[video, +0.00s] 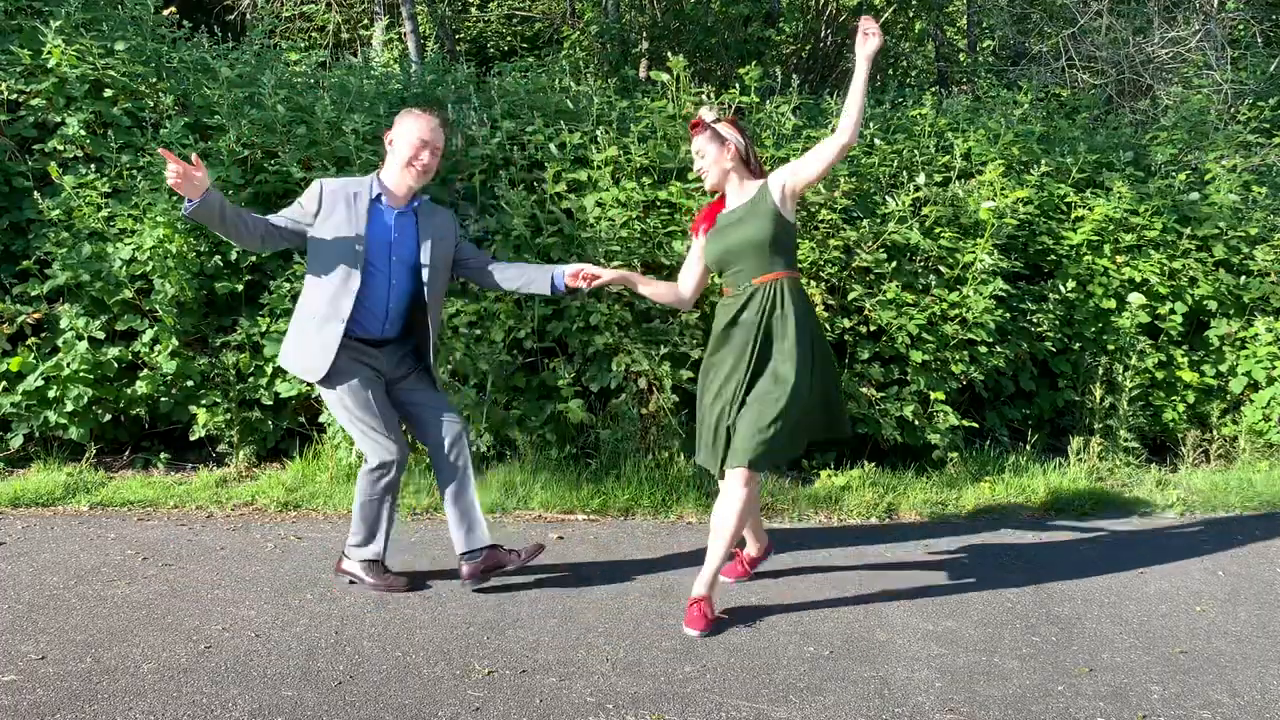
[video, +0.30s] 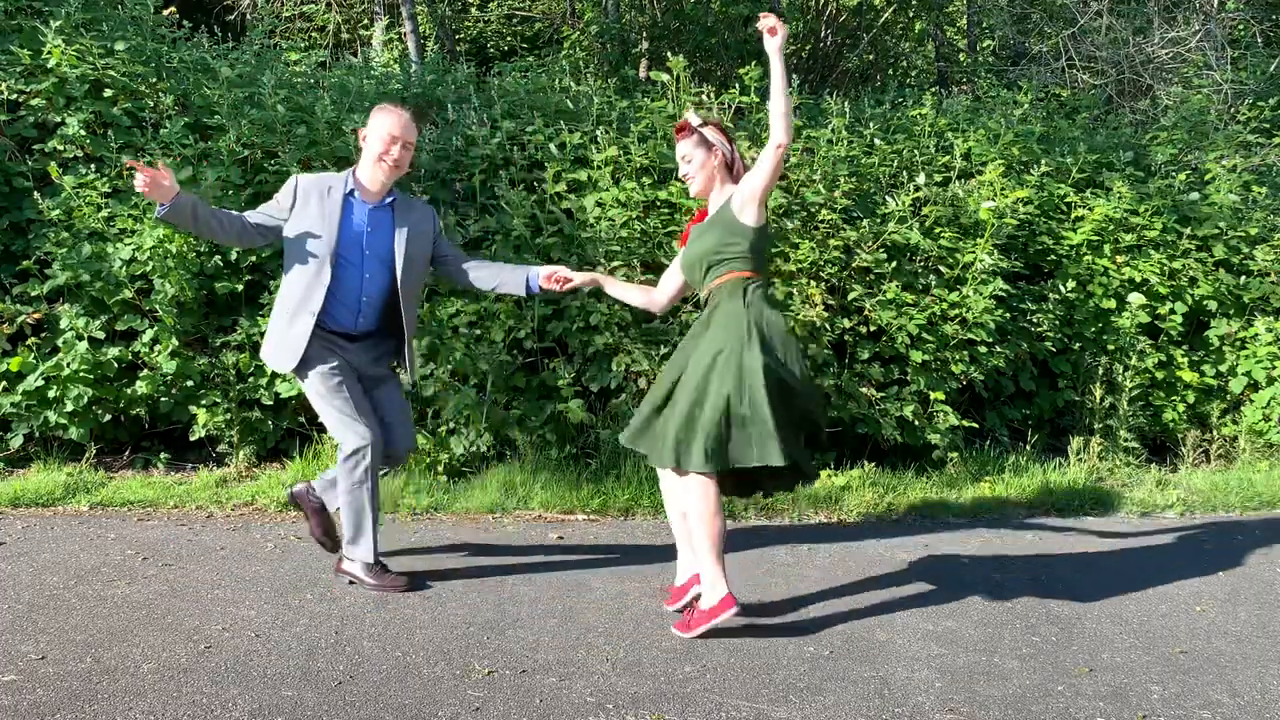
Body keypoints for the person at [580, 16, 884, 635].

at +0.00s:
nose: (695, 162)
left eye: (701, 151)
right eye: (693, 155)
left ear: (732, 146)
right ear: (718, 153)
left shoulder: (779, 185)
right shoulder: (707, 224)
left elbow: (843, 137)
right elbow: (682, 294)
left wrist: (863, 62)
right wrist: (623, 277)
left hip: (782, 327)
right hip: (730, 334)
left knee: (745, 461)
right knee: (723, 454)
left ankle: (701, 589)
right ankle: (757, 539)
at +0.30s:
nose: (683, 167)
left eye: (690, 155)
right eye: (678, 160)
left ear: (720, 151)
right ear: (684, 167)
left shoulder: (747, 195)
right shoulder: (698, 232)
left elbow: (780, 136)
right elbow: (656, 299)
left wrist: (776, 56)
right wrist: (591, 278)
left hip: (741, 317)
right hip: (711, 326)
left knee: (696, 453)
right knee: (666, 444)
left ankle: (716, 588)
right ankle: (691, 566)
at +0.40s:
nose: (667, 165)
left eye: (673, 154)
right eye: (665, 158)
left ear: (705, 149)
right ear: (686, 158)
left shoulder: (731, 192)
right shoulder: (687, 230)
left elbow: (765, 145)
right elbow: (647, 296)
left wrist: (758, 60)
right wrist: (585, 279)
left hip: (725, 318)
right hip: (704, 323)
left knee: (656, 444)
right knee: (684, 453)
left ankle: (711, 587)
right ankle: (703, 577)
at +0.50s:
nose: (646, 155)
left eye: (652, 142)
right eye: (645, 145)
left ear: (685, 138)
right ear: (672, 144)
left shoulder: (718, 184)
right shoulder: (671, 218)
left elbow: (745, 137)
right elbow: (636, 292)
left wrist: (730, 53)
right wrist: (568, 275)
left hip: (716, 317)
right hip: (687, 324)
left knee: (640, 443)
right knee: (651, 446)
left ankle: (696, 572)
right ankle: (694, 574)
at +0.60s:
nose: (630, 152)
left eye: (636, 140)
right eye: (629, 143)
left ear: (665, 137)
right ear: (652, 142)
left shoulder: (699, 186)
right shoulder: (650, 211)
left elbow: (712, 132)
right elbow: (622, 289)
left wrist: (693, 51)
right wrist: (553, 272)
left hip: (696, 321)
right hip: (659, 325)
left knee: (636, 447)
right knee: (648, 463)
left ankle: (632, 577)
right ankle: (705, 565)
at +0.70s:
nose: (605, 145)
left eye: (611, 136)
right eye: (607, 137)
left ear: (639, 139)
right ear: (630, 143)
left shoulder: (670, 191)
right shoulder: (627, 211)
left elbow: (669, 141)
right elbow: (602, 292)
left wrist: (648, 63)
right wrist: (535, 279)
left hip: (668, 338)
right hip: (628, 342)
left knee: (607, 470)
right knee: (642, 478)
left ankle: (541, 590)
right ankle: (708, 567)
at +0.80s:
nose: (584, 136)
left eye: (595, 127)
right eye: (584, 127)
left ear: (627, 140)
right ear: (590, 144)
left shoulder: (640, 190)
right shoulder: (600, 201)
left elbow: (614, 147)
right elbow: (589, 292)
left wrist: (591, 70)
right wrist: (520, 284)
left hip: (628, 335)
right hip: (597, 338)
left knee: (579, 467)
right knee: (619, 472)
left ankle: (532, 602)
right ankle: (699, 559)